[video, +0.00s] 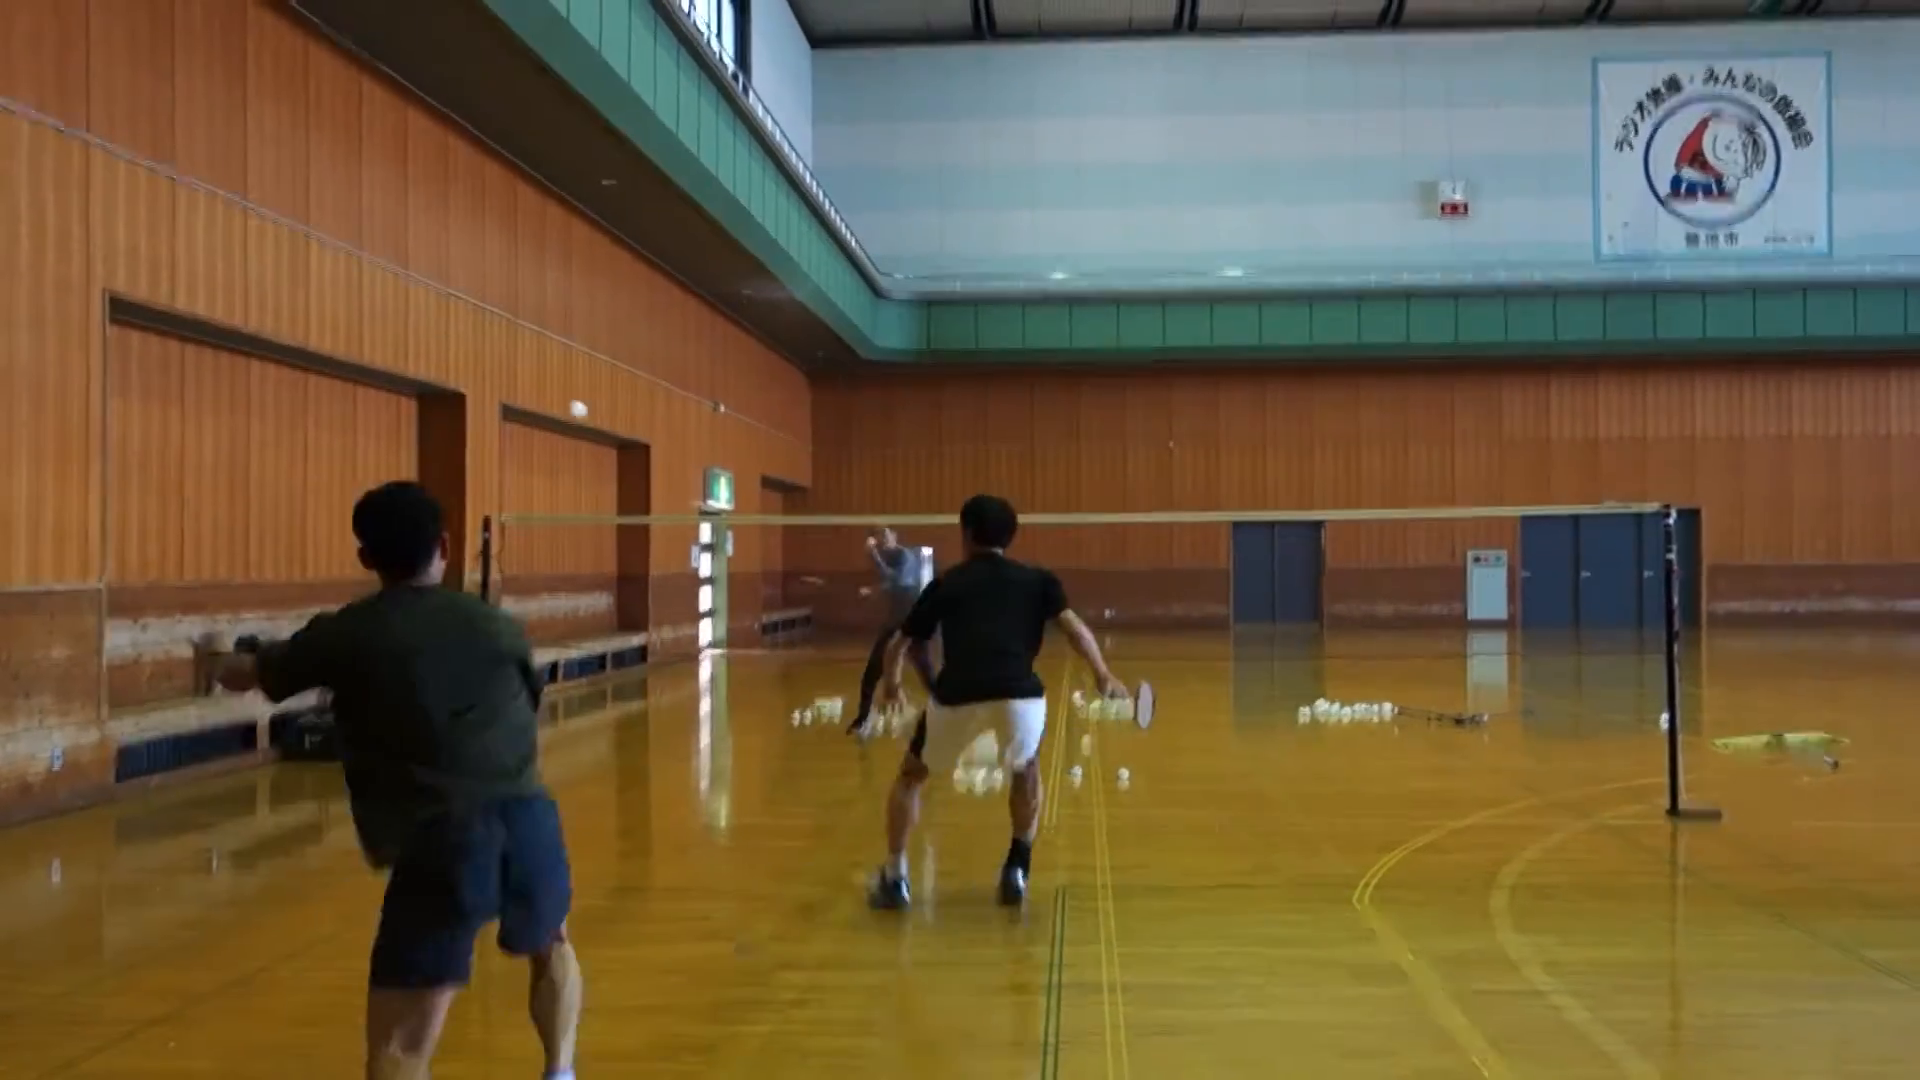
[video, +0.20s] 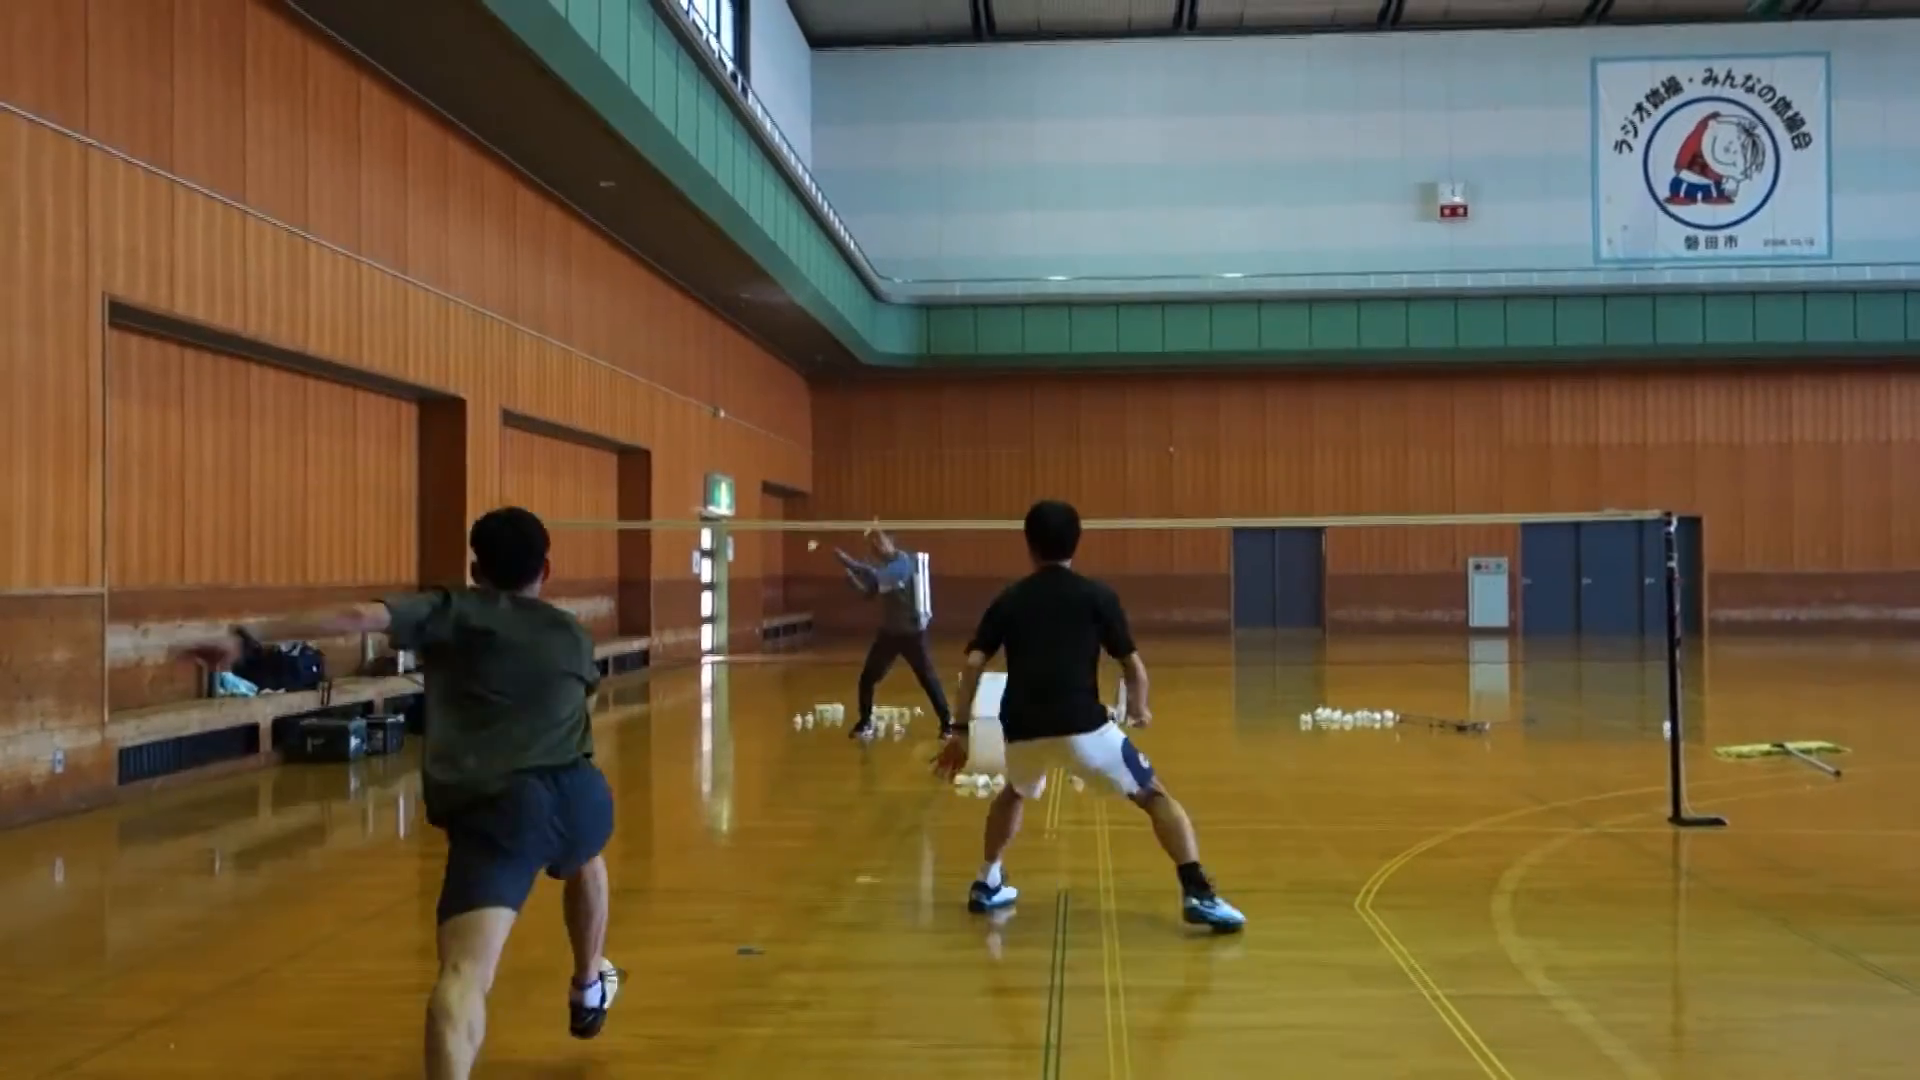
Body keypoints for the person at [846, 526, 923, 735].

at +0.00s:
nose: (883, 541)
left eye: (886, 536)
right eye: (879, 538)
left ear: (894, 536)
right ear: (877, 541)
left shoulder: (906, 555)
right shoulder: (885, 558)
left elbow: (897, 578)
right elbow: (891, 585)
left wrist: (875, 554)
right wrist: (872, 591)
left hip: (914, 621)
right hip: (894, 621)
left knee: (926, 669)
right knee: (872, 670)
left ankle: (946, 708)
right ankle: (863, 717)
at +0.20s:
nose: (881, 547)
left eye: (882, 542)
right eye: (876, 545)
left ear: (890, 541)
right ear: (873, 549)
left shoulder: (904, 562)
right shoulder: (881, 568)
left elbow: (880, 578)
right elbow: (867, 588)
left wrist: (850, 563)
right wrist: (850, 574)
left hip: (911, 633)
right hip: (889, 632)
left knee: (928, 680)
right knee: (867, 679)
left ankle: (946, 723)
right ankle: (865, 722)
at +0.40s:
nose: (880, 547)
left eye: (883, 542)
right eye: (877, 544)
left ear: (892, 542)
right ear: (875, 548)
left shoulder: (911, 563)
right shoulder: (875, 572)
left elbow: (905, 588)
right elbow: (860, 595)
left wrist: (871, 586)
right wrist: (844, 608)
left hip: (915, 632)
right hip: (890, 633)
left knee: (931, 678)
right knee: (869, 678)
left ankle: (948, 720)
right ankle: (866, 721)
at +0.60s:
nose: (879, 547)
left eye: (882, 542)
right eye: (876, 543)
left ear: (892, 542)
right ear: (873, 546)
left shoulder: (911, 563)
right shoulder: (878, 571)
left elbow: (913, 591)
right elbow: (877, 604)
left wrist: (876, 581)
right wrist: (870, 628)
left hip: (915, 632)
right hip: (891, 633)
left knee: (930, 678)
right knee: (870, 680)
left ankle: (948, 720)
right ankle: (867, 721)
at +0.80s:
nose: (878, 547)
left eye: (881, 542)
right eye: (875, 544)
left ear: (892, 543)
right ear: (874, 549)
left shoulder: (907, 564)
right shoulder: (884, 572)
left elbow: (879, 575)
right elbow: (879, 601)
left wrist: (847, 546)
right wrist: (855, 586)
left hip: (916, 633)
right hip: (896, 633)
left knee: (930, 678)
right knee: (872, 679)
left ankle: (948, 720)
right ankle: (867, 722)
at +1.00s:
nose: (888, 551)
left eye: (891, 546)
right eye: (886, 548)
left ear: (901, 546)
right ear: (884, 551)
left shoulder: (918, 563)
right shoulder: (888, 574)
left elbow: (916, 588)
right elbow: (871, 593)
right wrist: (837, 590)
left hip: (922, 632)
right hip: (898, 633)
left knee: (933, 677)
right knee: (876, 678)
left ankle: (949, 720)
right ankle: (867, 721)